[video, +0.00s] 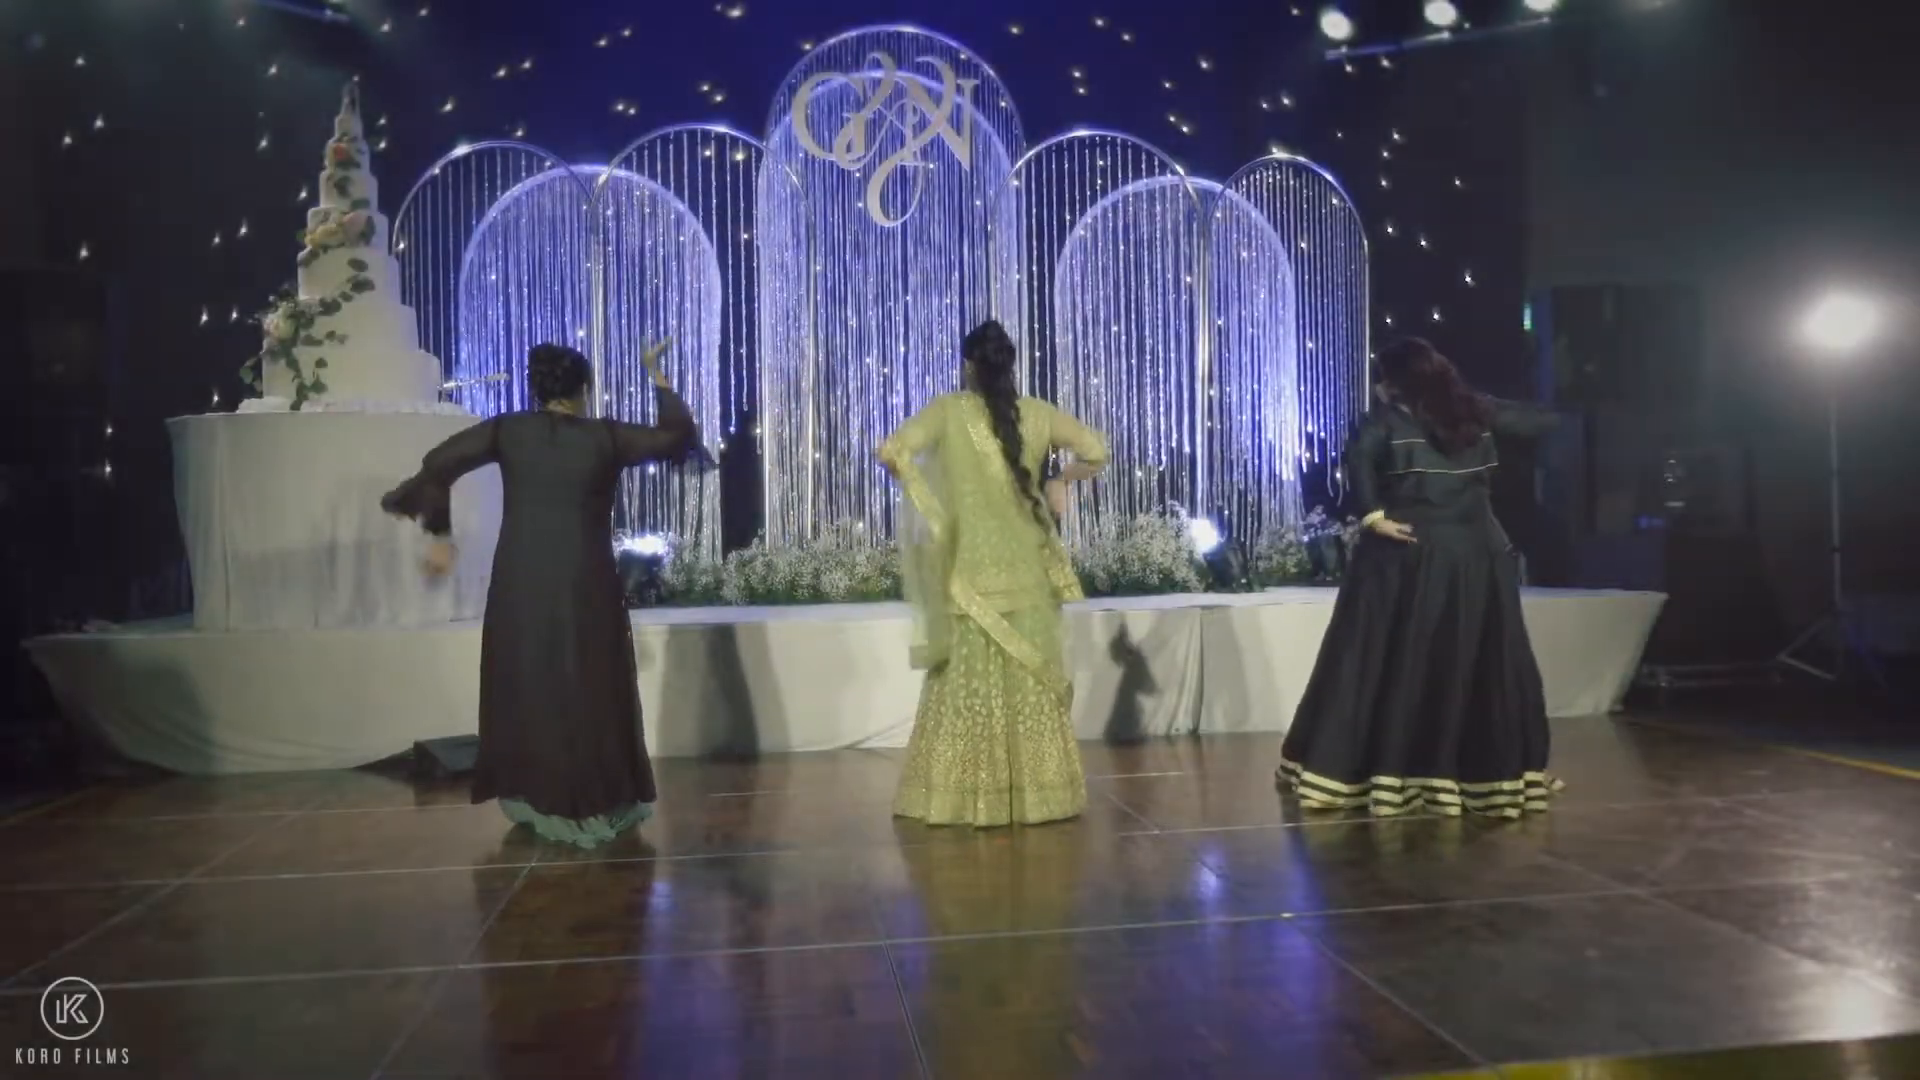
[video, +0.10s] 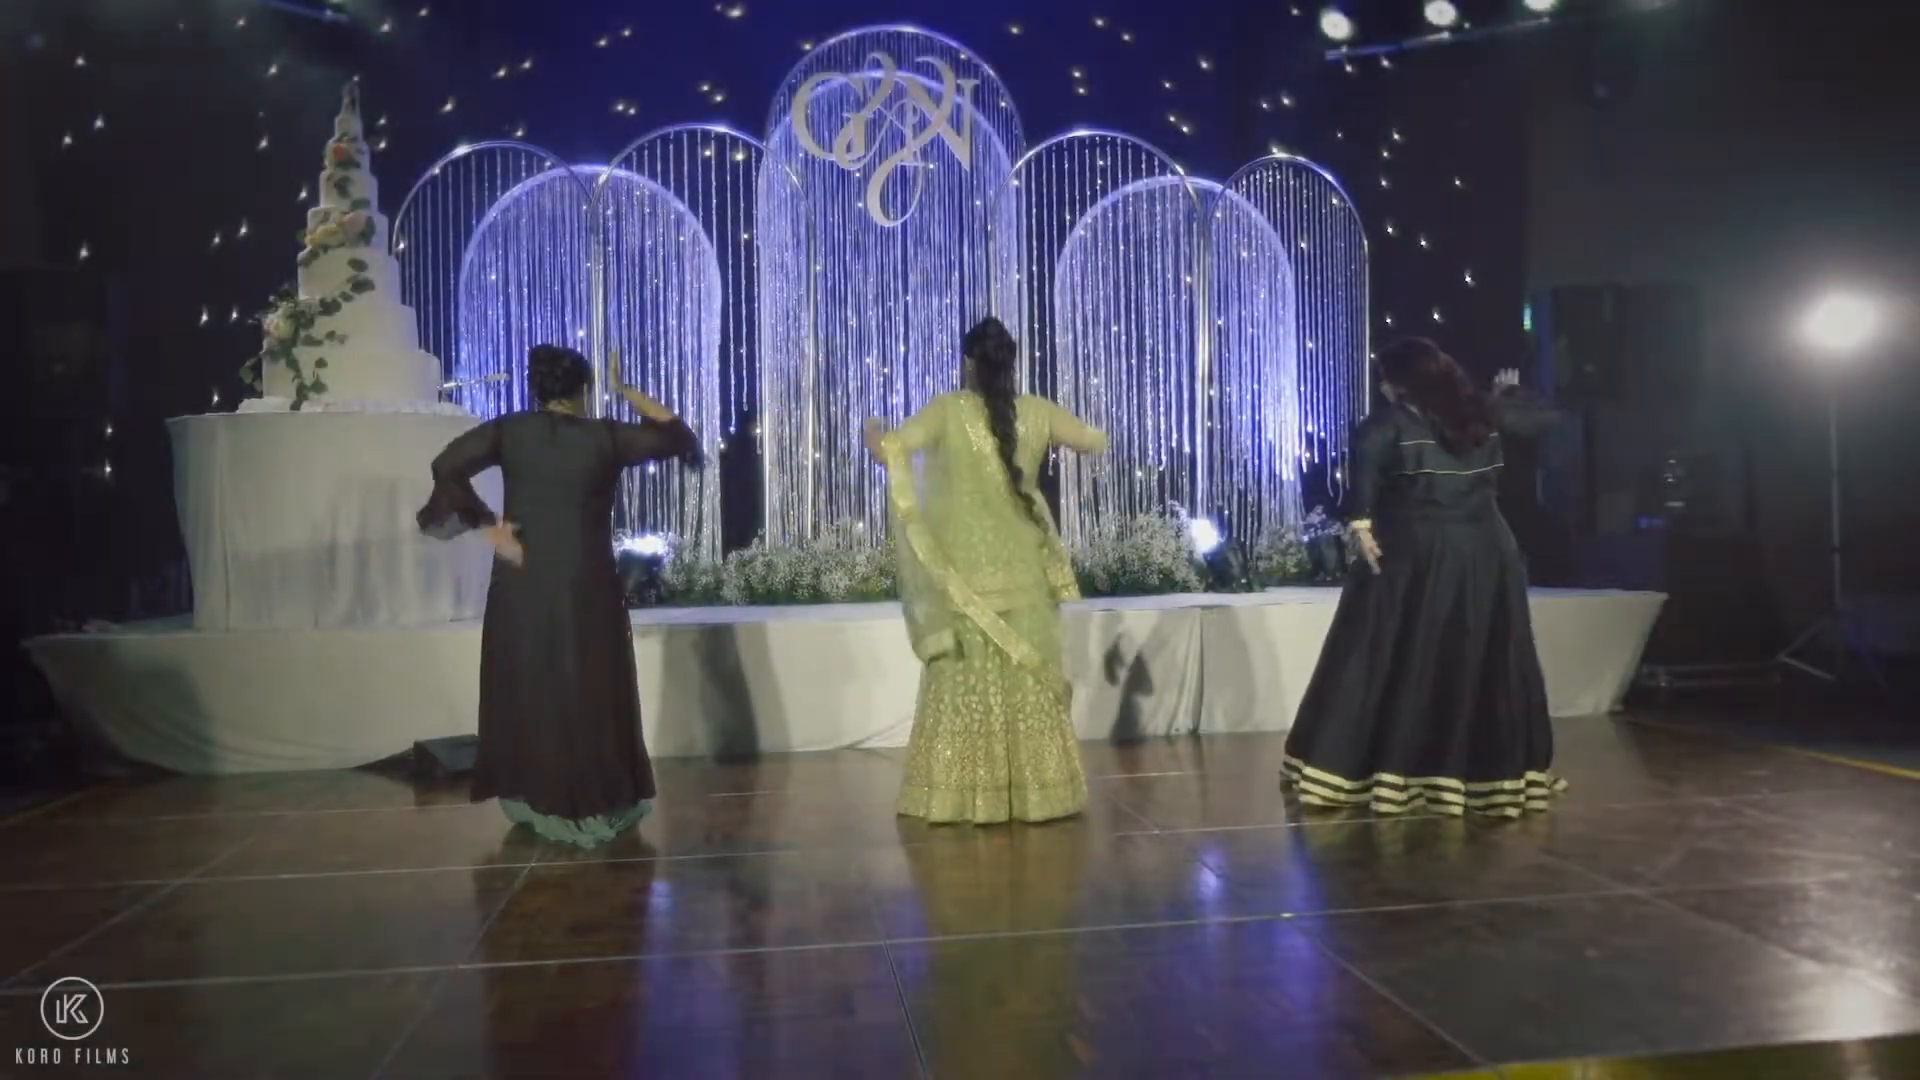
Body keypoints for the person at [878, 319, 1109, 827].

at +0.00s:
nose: (965, 369)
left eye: (965, 361)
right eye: (973, 360)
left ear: (966, 365)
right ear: (1011, 363)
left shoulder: (948, 410)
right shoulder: (1035, 411)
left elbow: (891, 452)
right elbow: (1097, 453)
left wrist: (933, 510)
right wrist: (1061, 481)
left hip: (972, 575)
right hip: (1030, 572)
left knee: (971, 691)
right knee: (1032, 687)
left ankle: (974, 798)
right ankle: (1034, 797)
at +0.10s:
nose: (963, 365)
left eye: (964, 358)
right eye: (972, 358)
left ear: (968, 362)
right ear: (1011, 362)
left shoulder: (946, 409)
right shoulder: (1037, 412)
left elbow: (889, 451)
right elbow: (1095, 441)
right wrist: (1052, 431)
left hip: (961, 568)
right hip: (1023, 568)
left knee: (965, 685)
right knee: (1028, 680)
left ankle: (968, 795)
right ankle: (1032, 794)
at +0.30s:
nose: (962, 365)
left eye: (963, 358)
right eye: (970, 358)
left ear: (967, 362)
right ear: (1010, 362)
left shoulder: (948, 408)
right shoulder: (1033, 412)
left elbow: (878, 445)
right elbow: (1092, 419)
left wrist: (872, 462)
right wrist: (1082, 367)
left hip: (959, 566)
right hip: (1019, 566)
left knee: (960, 684)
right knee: (1023, 680)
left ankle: (965, 796)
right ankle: (1027, 794)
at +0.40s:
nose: (964, 366)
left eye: (964, 360)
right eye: (973, 359)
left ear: (968, 363)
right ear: (1010, 363)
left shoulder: (948, 407)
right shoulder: (1033, 413)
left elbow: (887, 442)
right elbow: (1090, 418)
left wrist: (885, 488)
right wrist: (1072, 378)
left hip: (962, 570)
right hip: (1020, 571)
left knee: (962, 687)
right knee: (1024, 685)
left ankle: (963, 796)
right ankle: (1025, 797)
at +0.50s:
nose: (963, 366)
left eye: (964, 359)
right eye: (976, 359)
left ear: (967, 363)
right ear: (1010, 363)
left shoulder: (948, 407)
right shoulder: (1033, 414)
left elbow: (890, 445)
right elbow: (1090, 418)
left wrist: (922, 508)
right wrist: (1067, 375)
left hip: (964, 571)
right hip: (1023, 571)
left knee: (964, 689)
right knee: (1025, 686)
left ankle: (964, 797)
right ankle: (1024, 798)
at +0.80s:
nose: (963, 365)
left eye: (963, 358)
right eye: (974, 357)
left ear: (965, 362)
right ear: (1008, 361)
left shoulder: (947, 411)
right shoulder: (1036, 414)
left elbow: (894, 456)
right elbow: (1092, 441)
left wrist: (879, 435)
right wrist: (1075, 417)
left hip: (963, 571)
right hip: (1022, 571)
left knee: (963, 687)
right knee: (1024, 685)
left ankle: (966, 796)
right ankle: (1026, 798)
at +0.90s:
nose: (962, 365)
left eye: (963, 358)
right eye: (976, 357)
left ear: (965, 361)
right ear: (1008, 361)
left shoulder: (945, 409)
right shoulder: (1035, 410)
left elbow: (880, 435)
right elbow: (1093, 425)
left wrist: (864, 407)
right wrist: (1099, 400)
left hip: (957, 565)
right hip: (1019, 563)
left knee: (960, 682)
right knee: (1023, 680)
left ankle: (963, 795)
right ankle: (1028, 795)